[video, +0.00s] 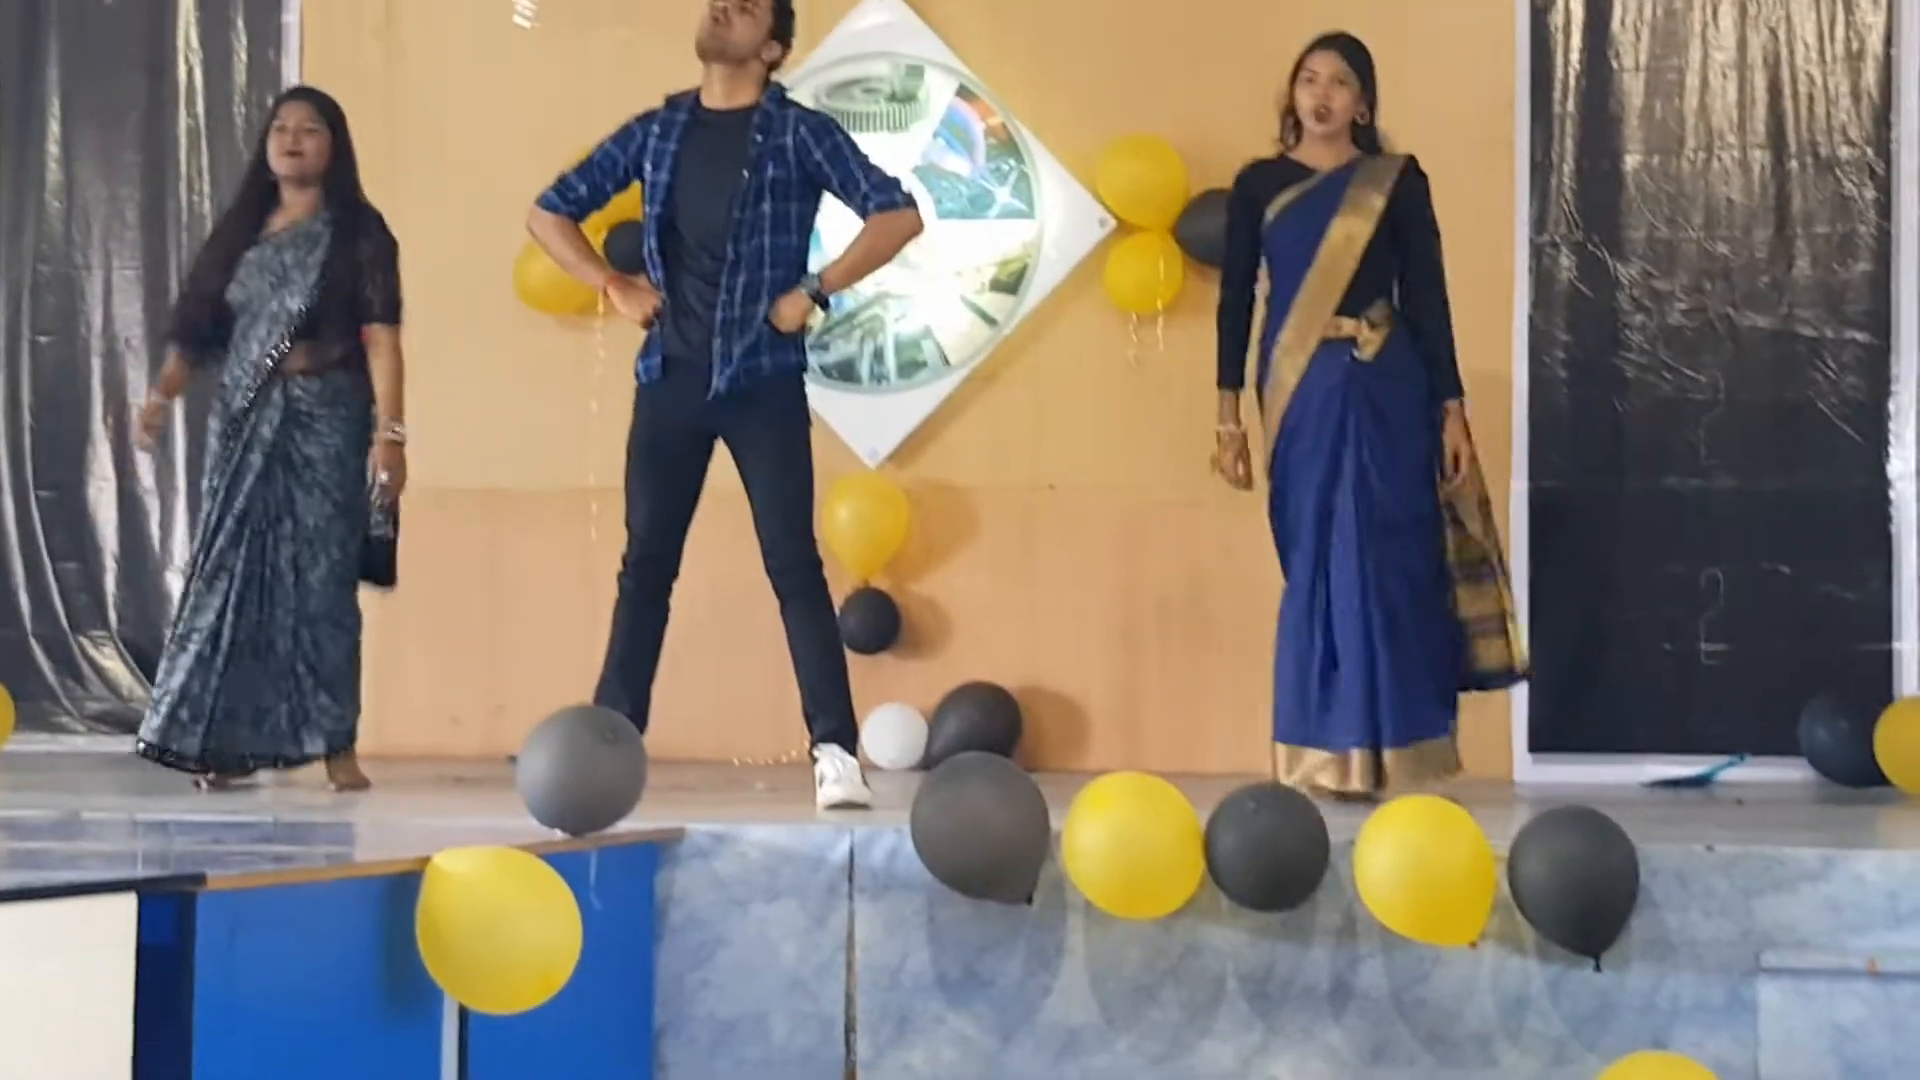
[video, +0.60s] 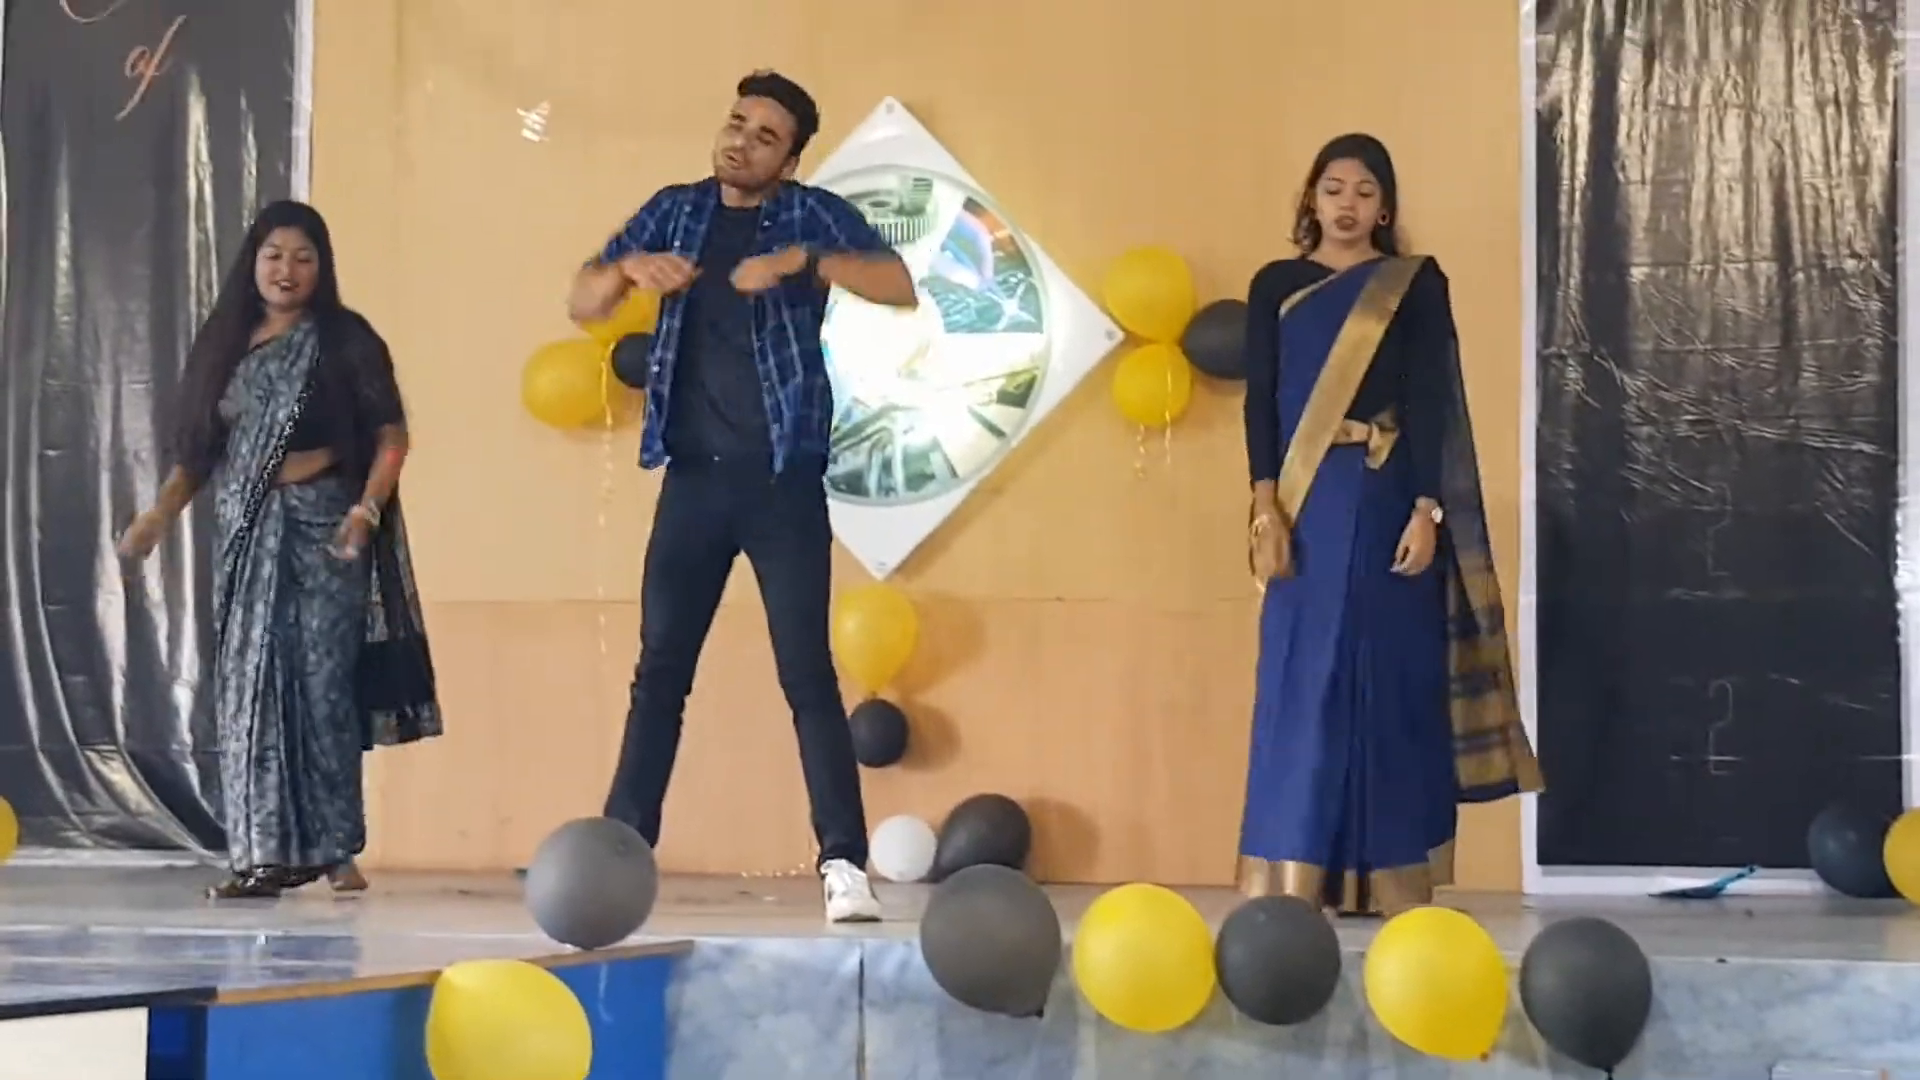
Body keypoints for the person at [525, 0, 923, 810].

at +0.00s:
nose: (720, 10)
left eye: (744, 7)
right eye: (718, 2)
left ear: (773, 45)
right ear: (701, 28)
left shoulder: (801, 131)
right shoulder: (660, 128)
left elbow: (899, 215)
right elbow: (548, 212)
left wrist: (815, 290)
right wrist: (614, 285)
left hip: (763, 380)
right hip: (670, 379)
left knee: (792, 562)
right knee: (646, 561)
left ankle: (833, 750)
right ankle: (609, 751)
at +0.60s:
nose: (744, 142)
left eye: (766, 137)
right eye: (737, 125)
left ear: (791, 156)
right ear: (720, 130)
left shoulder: (815, 217)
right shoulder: (672, 210)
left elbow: (899, 286)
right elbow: (581, 305)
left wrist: (802, 261)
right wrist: (624, 269)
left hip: (784, 483)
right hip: (692, 482)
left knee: (808, 678)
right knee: (660, 671)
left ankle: (843, 863)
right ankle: (619, 860)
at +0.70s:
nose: (778, 192)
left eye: (796, 183)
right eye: (766, 174)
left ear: (813, 194)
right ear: (737, 175)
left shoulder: (841, 282)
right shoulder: (687, 281)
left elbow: (866, 410)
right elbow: (646, 414)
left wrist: (792, 362)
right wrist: (670, 382)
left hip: (795, 529)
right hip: (702, 529)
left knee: (813, 713)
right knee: (669, 707)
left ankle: (851, 896)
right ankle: (629, 894)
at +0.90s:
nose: (867, 252)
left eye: (880, 241)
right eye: (855, 236)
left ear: (888, 241)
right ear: (815, 225)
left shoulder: (900, 307)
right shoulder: (763, 294)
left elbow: (934, 414)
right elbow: (675, 394)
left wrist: (869, 329)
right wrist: (713, 322)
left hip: (862, 567)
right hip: (775, 563)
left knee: (871, 761)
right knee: (737, 754)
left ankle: (899, 948)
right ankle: (693, 945)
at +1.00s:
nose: (922, 279)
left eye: (934, 266)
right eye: (911, 261)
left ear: (937, 267)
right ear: (866, 247)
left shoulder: (941, 338)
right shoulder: (803, 307)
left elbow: (962, 451)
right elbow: (708, 392)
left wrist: (919, 354)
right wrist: (785, 329)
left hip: (901, 585)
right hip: (810, 584)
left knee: (926, 754)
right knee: (770, 771)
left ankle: (967, 933)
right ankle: (721, 954)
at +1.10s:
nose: (986, 311)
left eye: (993, 295)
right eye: (976, 292)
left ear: (986, 289)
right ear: (925, 272)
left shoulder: (985, 362)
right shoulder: (848, 327)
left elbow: (994, 494)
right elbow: (778, 427)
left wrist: (991, 412)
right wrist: (857, 391)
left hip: (942, 604)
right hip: (849, 602)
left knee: (987, 758)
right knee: (802, 784)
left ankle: (1051, 933)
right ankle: (751, 960)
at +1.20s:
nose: (1027, 355)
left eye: (1035, 338)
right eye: (1015, 338)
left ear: (1042, 327)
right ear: (969, 319)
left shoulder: (1041, 413)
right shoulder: (887, 381)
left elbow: (1029, 553)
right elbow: (853, 507)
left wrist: (1049, 510)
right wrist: (936, 500)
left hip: (976, 639)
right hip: (880, 636)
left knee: (1026, 799)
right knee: (824, 809)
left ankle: (1120, 972)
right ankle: (767, 983)